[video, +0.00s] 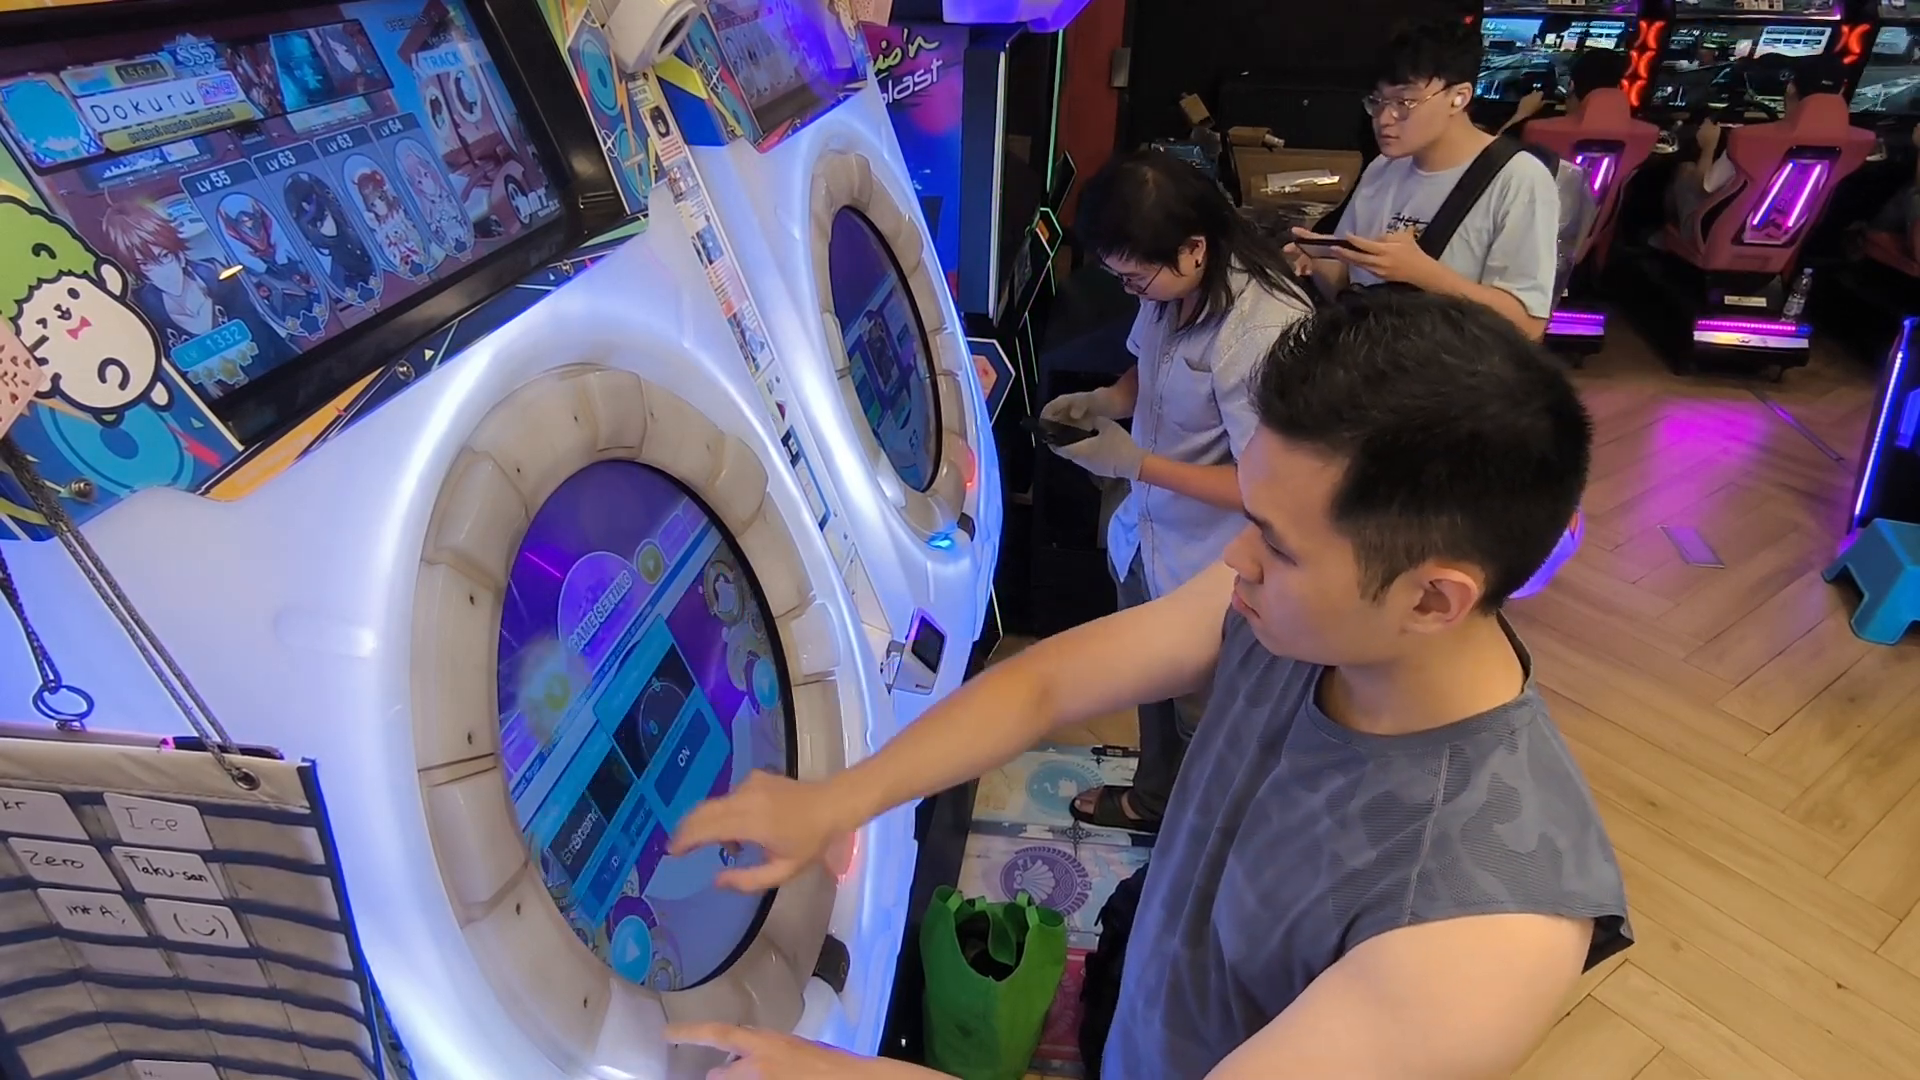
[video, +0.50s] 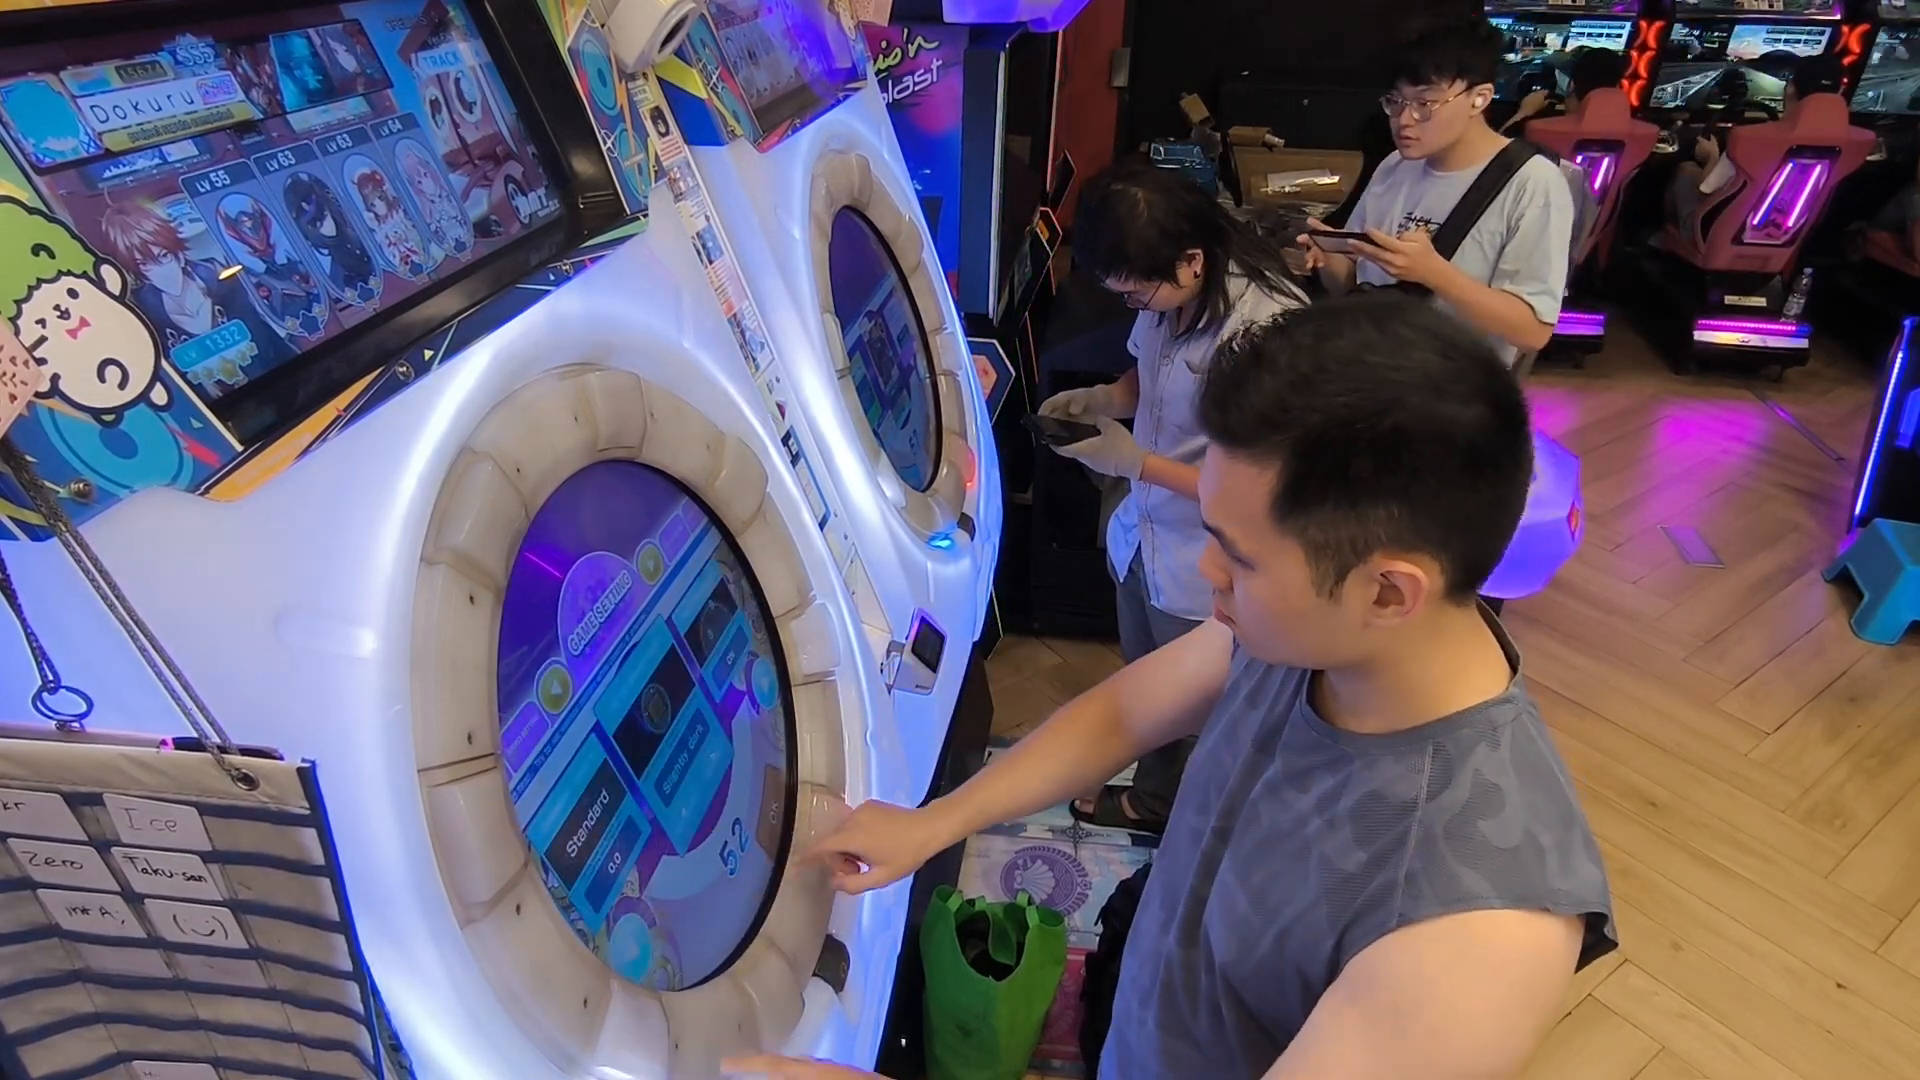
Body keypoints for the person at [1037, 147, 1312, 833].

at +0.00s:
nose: (1129, 285)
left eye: (1139, 272)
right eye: (1119, 272)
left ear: (1193, 251)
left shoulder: (1261, 333)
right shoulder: (1167, 291)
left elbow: (1265, 490)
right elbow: (1150, 381)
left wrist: (1142, 465)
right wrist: (1098, 403)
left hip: (1218, 545)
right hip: (1153, 523)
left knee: (1205, 688)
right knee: (1150, 671)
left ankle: (1201, 816)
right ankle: (1152, 791)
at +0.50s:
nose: (1129, 300)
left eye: (1138, 288)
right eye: (1120, 289)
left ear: (1192, 264)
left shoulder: (1262, 336)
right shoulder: (1167, 300)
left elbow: (1253, 489)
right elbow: (1147, 385)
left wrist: (1140, 463)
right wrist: (1096, 402)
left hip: (1205, 552)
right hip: (1144, 530)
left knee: (1184, 696)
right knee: (1143, 683)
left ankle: (1167, 809)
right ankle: (1144, 794)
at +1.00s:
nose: (1125, 301)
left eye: (1135, 289)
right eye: (1116, 290)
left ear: (1187, 265)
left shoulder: (1260, 337)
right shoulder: (1161, 301)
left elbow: (1253, 490)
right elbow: (1144, 387)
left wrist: (1140, 466)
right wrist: (1091, 405)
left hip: (1203, 548)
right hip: (1139, 529)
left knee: (1186, 698)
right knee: (1141, 681)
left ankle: (1173, 812)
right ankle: (1134, 788)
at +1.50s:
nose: (1121, 311)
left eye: (1127, 299)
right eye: (1111, 301)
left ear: (1180, 269)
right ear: (1175, 267)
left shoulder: (1251, 333)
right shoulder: (1164, 290)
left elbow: (1255, 484)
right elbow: (1144, 383)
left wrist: (1137, 467)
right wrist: (1103, 402)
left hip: (1198, 552)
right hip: (1134, 534)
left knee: (1200, 727)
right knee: (1152, 711)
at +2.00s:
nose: (1117, 308)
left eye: (1125, 296)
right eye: (1108, 297)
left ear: (1178, 268)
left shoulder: (1265, 337)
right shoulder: (1158, 297)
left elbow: (1263, 489)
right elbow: (1142, 388)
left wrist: (1137, 468)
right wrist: (1088, 410)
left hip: (1198, 568)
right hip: (1132, 542)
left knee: (1198, 719)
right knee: (1150, 688)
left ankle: (1204, 837)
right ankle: (1153, 795)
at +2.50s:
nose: (1121, 311)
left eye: (1129, 298)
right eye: (1112, 300)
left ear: (1180, 268)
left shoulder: (1260, 345)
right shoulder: (1158, 297)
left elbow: (1268, 493)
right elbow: (1142, 388)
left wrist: (1139, 471)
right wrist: (1085, 406)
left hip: (1196, 559)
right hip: (1133, 535)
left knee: (1205, 714)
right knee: (1149, 684)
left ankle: (1222, 844)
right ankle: (1156, 800)